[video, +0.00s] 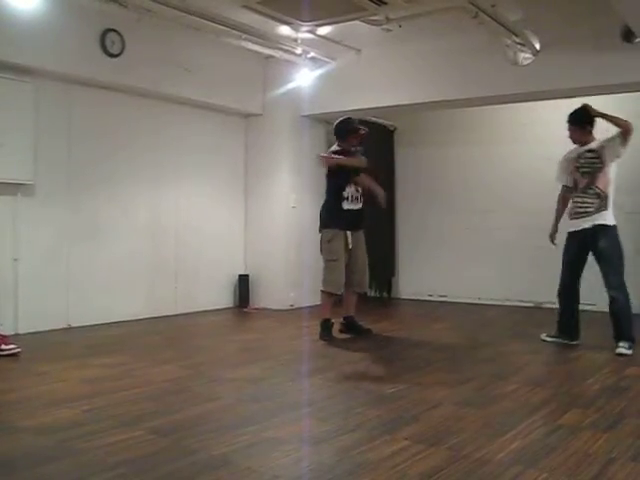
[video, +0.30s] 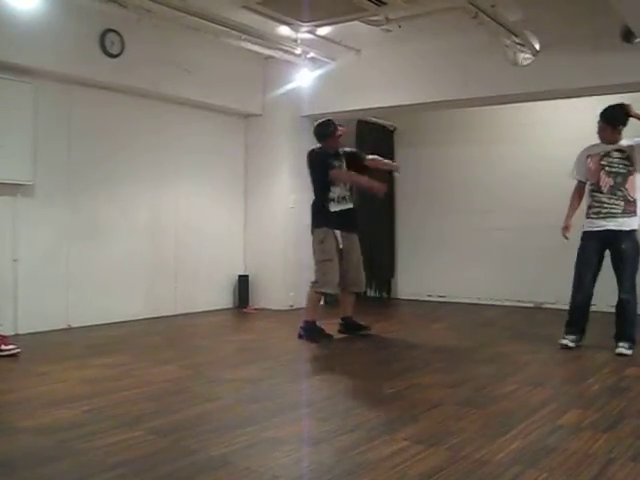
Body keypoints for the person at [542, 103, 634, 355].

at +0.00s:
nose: (570, 135)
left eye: (573, 131)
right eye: (569, 130)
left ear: (586, 129)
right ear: (575, 130)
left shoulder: (606, 149)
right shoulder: (569, 158)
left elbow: (627, 129)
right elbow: (565, 193)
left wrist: (599, 114)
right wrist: (555, 225)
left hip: (602, 225)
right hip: (576, 228)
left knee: (615, 284)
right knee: (567, 285)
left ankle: (625, 340)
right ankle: (567, 333)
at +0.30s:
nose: (600, 132)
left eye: (605, 128)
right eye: (599, 127)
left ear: (618, 130)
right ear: (601, 126)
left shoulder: (633, 152)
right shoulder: (589, 154)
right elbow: (580, 187)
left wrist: (635, 115)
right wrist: (569, 217)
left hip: (626, 230)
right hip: (594, 228)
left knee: (627, 288)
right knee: (582, 284)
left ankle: (625, 339)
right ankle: (573, 333)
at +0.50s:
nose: (608, 130)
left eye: (613, 127)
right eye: (609, 125)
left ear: (626, 130)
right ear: (612, 125)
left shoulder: (637, 154)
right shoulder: (597, 152)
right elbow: (588, 187)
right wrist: (577, 217)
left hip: (630, 230)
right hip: (598, 228)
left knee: (630, 289)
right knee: (591, 283)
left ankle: (628, 341)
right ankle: (592, 339)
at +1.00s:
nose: (588, 124)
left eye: (592, 120)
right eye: (589, 119)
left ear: (607, 122)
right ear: (603, 122)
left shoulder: (627, 148)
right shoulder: (584, 152)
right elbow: (578, 191)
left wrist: (628, 108)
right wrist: (569, 227)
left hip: (614, 232)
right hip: (583, 231)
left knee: (619, 289)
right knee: (585, 292)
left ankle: (629, 340)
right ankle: (592, 345)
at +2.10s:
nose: (568, 117)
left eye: (570, 112)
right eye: (568, 112)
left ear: (582, 112)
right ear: (586, 113)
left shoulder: (604, 139)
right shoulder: (586, 139)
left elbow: (609, 125)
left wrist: (600, 98)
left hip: (595, 228)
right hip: (579, 225)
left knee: (592, 291)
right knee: (575, 288)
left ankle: (597, 355)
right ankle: (587, 345)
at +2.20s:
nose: (568, 120)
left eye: (569, 114)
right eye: (567, 114)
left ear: (582, 113)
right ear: (584, 113)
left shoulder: (602, 140)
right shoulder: (587, 139)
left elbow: (602, 123)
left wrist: (597, 98)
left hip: (593, 228)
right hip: (580, 226)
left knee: (590, 290)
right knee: (579, 288)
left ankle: (596, 355)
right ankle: (588, 346)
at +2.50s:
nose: (564, 126)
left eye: (566, 120)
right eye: (564, 120)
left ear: (577, 118)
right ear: (576, 119)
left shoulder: (595, 143)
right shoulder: (587, 145)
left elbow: (582, 126)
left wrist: (589, 106)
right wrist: (588, 106)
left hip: (587, 229)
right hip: (582, 228)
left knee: (581, 292)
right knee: (587, 290)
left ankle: (594, 354)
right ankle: (589, 347)